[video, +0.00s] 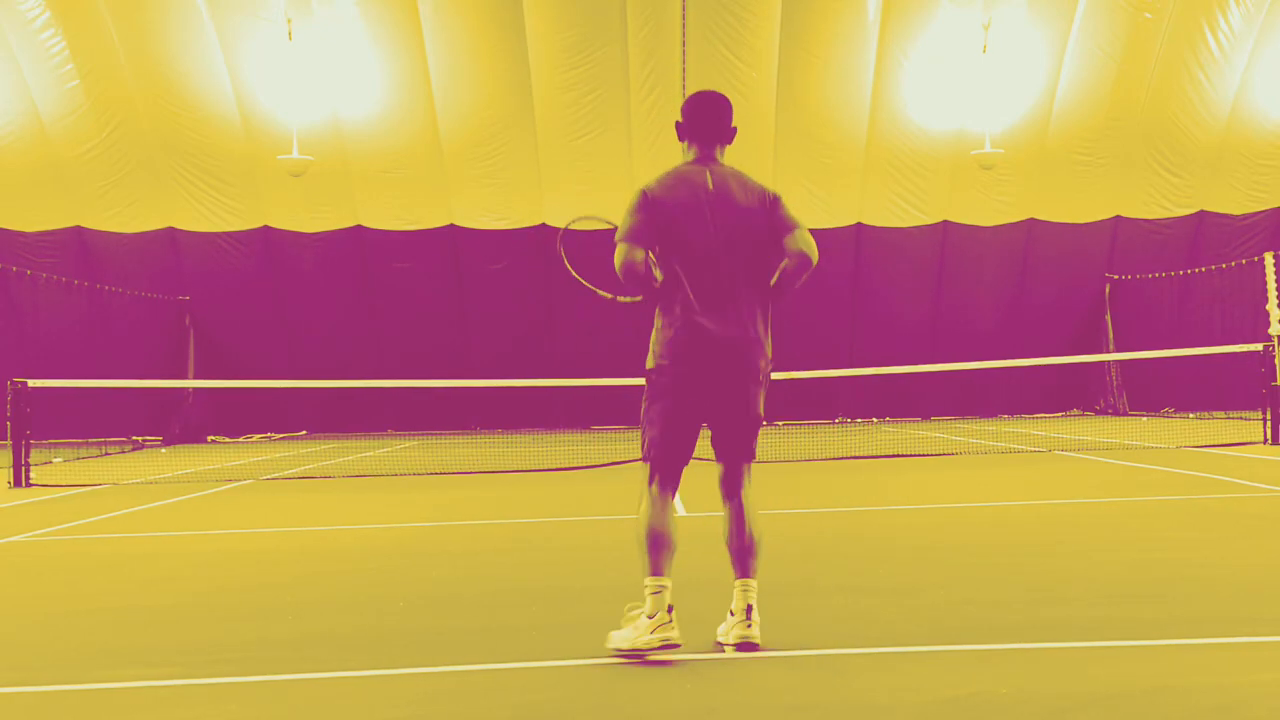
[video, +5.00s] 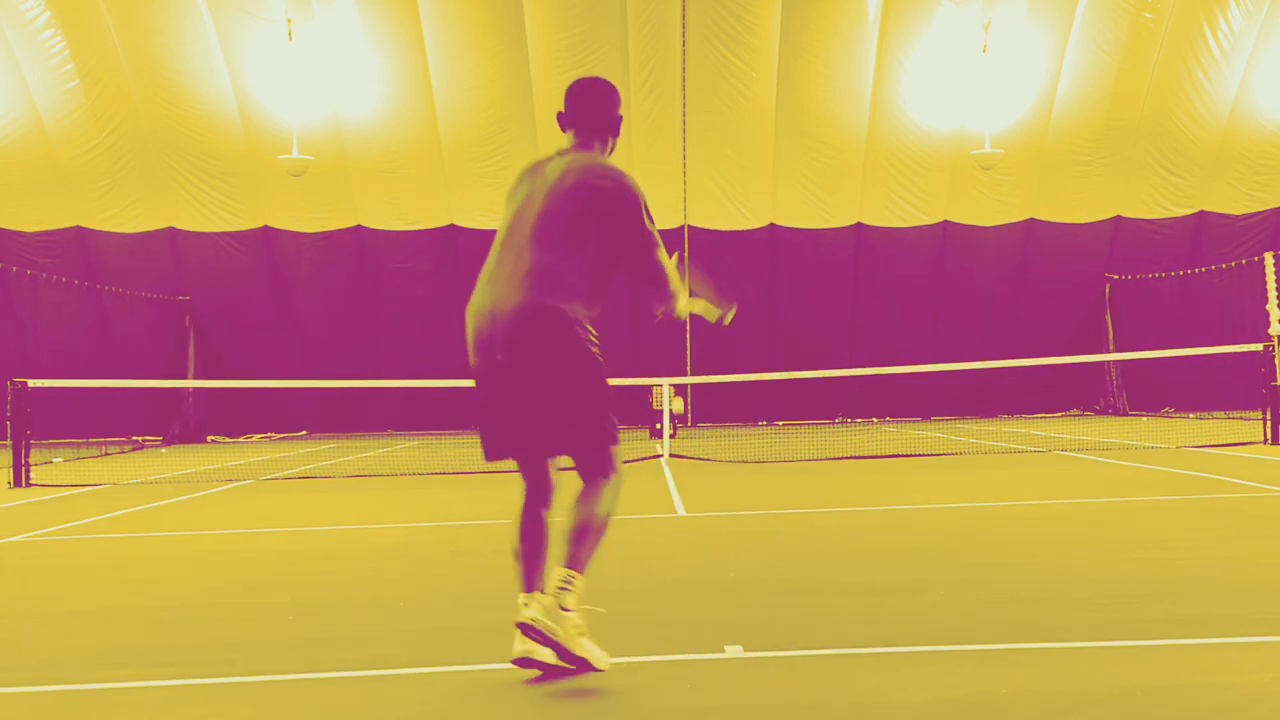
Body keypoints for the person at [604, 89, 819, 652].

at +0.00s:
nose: (693, 143)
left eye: (686, 132)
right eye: (719, 134)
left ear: (681, 134)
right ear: (732, 136)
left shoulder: (657, 192)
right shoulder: (760, 196)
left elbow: (627, 262)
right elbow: (804, 254)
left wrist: (657, 283)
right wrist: (765, 300)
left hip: (678, 353)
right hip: (743, 353)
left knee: (662, 483)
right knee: (736, 486)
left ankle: (657, 612)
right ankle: (745, 613)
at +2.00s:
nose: (680, 121)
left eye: (672, 110)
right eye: (704, 113)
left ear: (665, 113)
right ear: (716, 116)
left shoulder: (637, 168)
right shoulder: (742, 172)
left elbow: (615, 235)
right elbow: (784, 228)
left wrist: (642, 274)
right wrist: (745, 278)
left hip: (663, 328)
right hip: (727, 326)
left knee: (666, 462)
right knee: (736, 461)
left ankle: (672, 593)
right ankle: (745, 591)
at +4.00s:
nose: (692, 149)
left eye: (681, 137)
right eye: (711, 140)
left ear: (673, 140)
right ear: (721, 142)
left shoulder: (647, 196)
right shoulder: (750, 195)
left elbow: (632, 275)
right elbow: (793, 252)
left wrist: (661, 295)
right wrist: (755, 291)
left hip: (673, 340)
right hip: (736, 338)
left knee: (666, 464)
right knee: (741, 461)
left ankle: (664, 590)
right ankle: (756, 583)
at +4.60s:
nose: (676, 180)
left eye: (659, 169)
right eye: (685, 170)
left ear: (642, 173)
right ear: (692, 174)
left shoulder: (609, 232)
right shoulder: (719, 236)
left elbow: (600, 324)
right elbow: (743, 320)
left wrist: (636, 357)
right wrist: (696, 343)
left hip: (630, 378)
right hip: (700, 376)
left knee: (619, 497)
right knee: (709, 491)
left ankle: (576, 575)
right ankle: (733, 603)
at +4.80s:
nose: (642, 173)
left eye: (629, 165)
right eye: (644, 166)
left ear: (592, 167)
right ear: (644, 167)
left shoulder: (556, 227)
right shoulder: (655, 225)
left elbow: (552, 310)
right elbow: (679, 318)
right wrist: (661, 366)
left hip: (563, 383)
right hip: (634, 377)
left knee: (594, 511)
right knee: (678, 492)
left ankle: (548, 622)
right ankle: (704, 614)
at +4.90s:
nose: (626, 165)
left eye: (621, 155)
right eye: (627, 156)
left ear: (575, 158)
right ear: (625, 158)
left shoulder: (541, 213)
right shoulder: (628, 214)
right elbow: (657, 309)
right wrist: (653, 345)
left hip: (526, 368)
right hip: (589, 363)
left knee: (582, 504)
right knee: (647, 488)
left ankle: (543, 637)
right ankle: (630, 620)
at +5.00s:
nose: (614, 134)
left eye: (607, 125)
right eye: (616, 125)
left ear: (564, 124)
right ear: (616, 126)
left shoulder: (531, 177)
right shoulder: (610, 182)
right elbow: (654, 276)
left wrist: (654, 281)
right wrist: (681, 302)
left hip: (486, 324)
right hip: (549, 324)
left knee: (536, 479)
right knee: (602, 471)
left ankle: (531, 619)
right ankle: (561, 603)